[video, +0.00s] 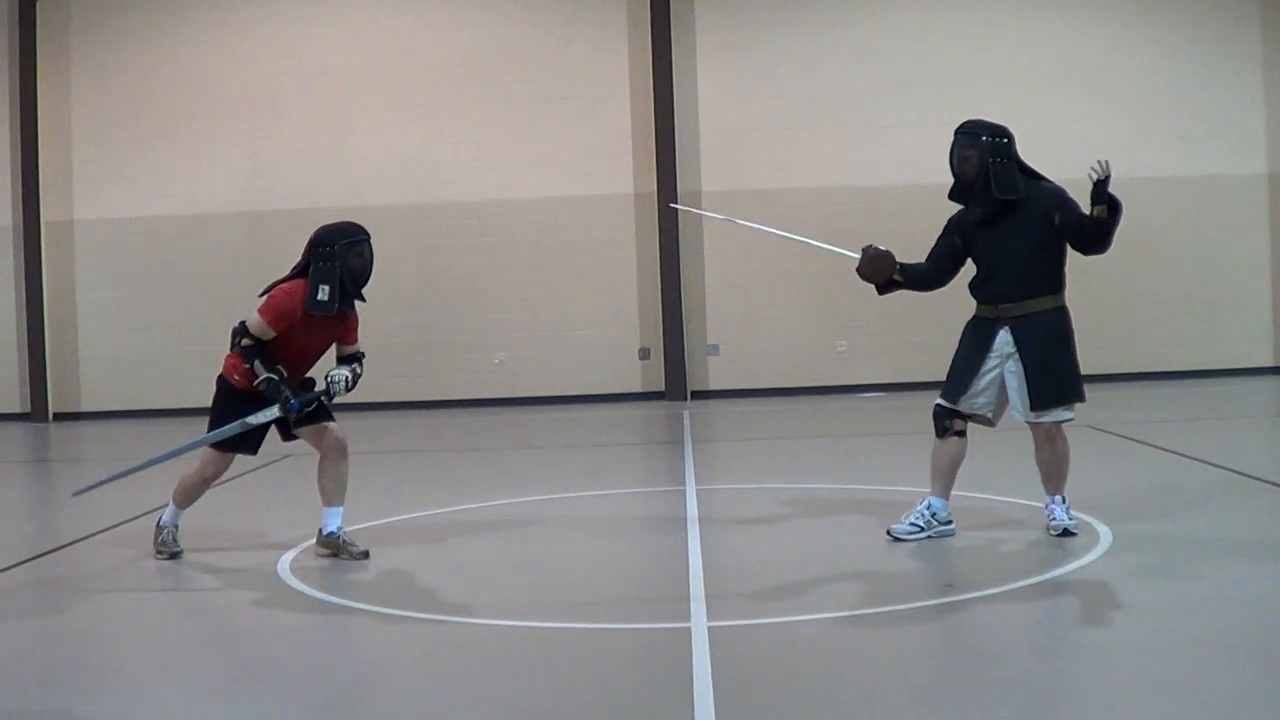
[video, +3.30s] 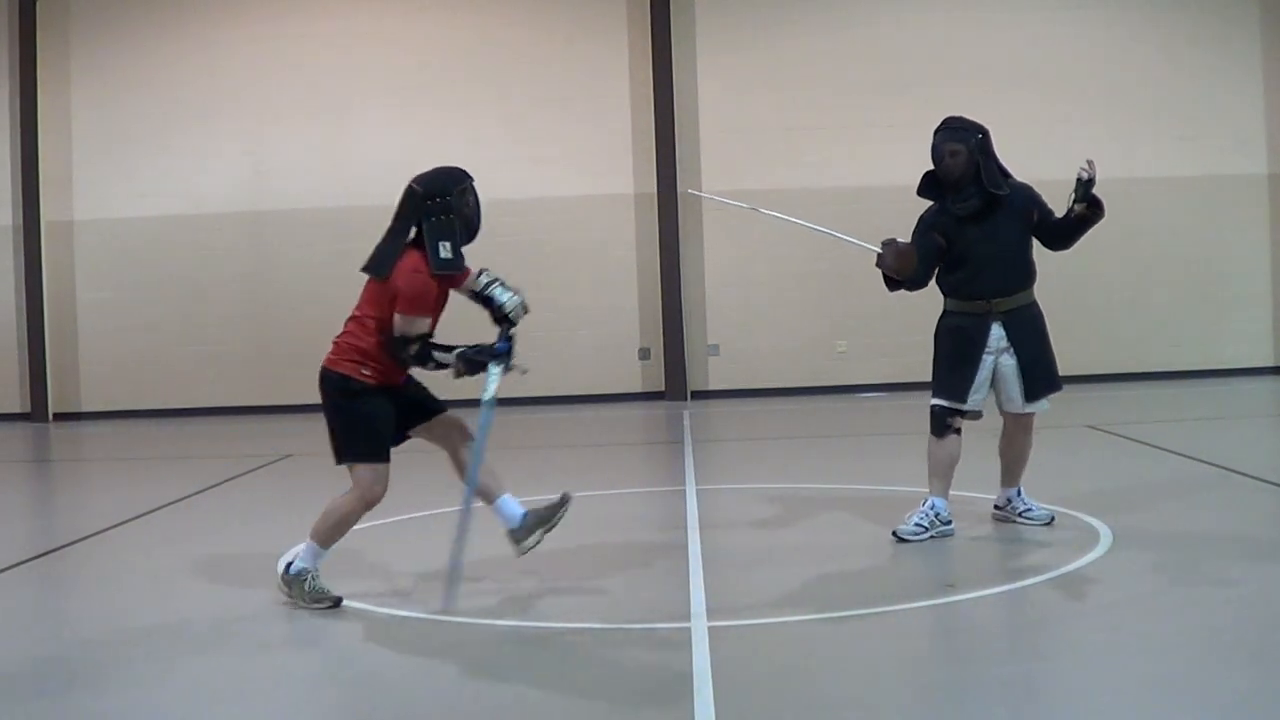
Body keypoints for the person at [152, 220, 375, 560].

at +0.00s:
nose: (364, 264)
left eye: (366, 256)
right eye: (357, 256)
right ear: (331, 258)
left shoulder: (345, 308)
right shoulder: (290, 296)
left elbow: (351, 357)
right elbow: (242, 341)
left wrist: (346, 373)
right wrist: (274, 383)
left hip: (291, 389)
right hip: (243, 387)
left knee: (335, 445)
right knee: (210, 470)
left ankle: (331, 532)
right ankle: (167, 523)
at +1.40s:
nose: (392, 242)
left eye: (394, 233)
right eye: (384, 233)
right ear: (360, 235)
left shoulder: (374, 288)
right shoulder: (319, 275)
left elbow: (381, 335)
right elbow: (280, 328)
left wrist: (381, 357)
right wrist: (309, 369)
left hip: (315, 369)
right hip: (270, 364)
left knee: (338, 443)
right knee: (259, 449)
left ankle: (331, 534)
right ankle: (222, 521)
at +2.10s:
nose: (346, 199)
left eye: (348, 190)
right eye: (338, 190)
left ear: (337, 195)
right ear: (312, 193)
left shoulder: (330, 248)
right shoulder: (278, 244)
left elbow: (340, 298)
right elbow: (250, 306)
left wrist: (353, 320)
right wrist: (287, 347)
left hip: (302, 361)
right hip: (258, 364)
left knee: (343, 439)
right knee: (271, 459)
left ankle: (330, 523)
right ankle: (255, 549)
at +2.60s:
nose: (391, 202)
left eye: (391, 193)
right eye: (382, 193)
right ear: (356, 198)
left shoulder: (369, 257)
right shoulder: (324, 247)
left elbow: (368, 317)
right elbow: (302, 316)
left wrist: (391, 348)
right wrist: (342, 365)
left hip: (334, 372)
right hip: (287, 372)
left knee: (368, 459)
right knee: (283, 473)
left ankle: (386, 555)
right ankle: (261, 541)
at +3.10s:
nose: (440, 201)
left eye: (437, 192)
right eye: (432, 193)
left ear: (402, 200)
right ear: (409, 200)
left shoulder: (405, 250)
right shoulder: (375, 250)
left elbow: (413, 307)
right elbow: (350, 326)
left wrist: (447, 335)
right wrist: (395, 369)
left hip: (363, 372)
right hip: (321, 372)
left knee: (419, 447)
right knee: (343, 473)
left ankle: (408, 547)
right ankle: (301, 572)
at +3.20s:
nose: (453, 201)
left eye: (451, 192)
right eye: (446, 193)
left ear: (412, 201)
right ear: (425, 201)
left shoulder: (417, 250)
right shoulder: (394, 254)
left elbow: (437, 291)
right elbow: (372, 330)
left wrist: (467, 312)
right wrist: (422, 361)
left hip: (371, 374)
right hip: (333, 373)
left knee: (427, 445)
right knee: (352, 481)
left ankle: (459, 544)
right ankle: (299, 571)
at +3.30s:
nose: (471, 213)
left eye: (470, 204)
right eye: (464, 205)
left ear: (429, 214)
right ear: (445, 215)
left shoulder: (435, 257)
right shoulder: (416, 271)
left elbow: (468, 280)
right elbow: (408, 349)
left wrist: (498, 295)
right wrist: (465, 358)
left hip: (390, 377)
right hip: (352, 379)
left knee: (456, 435)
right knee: (369, 489)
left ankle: (517, 520)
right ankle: (298, 566)